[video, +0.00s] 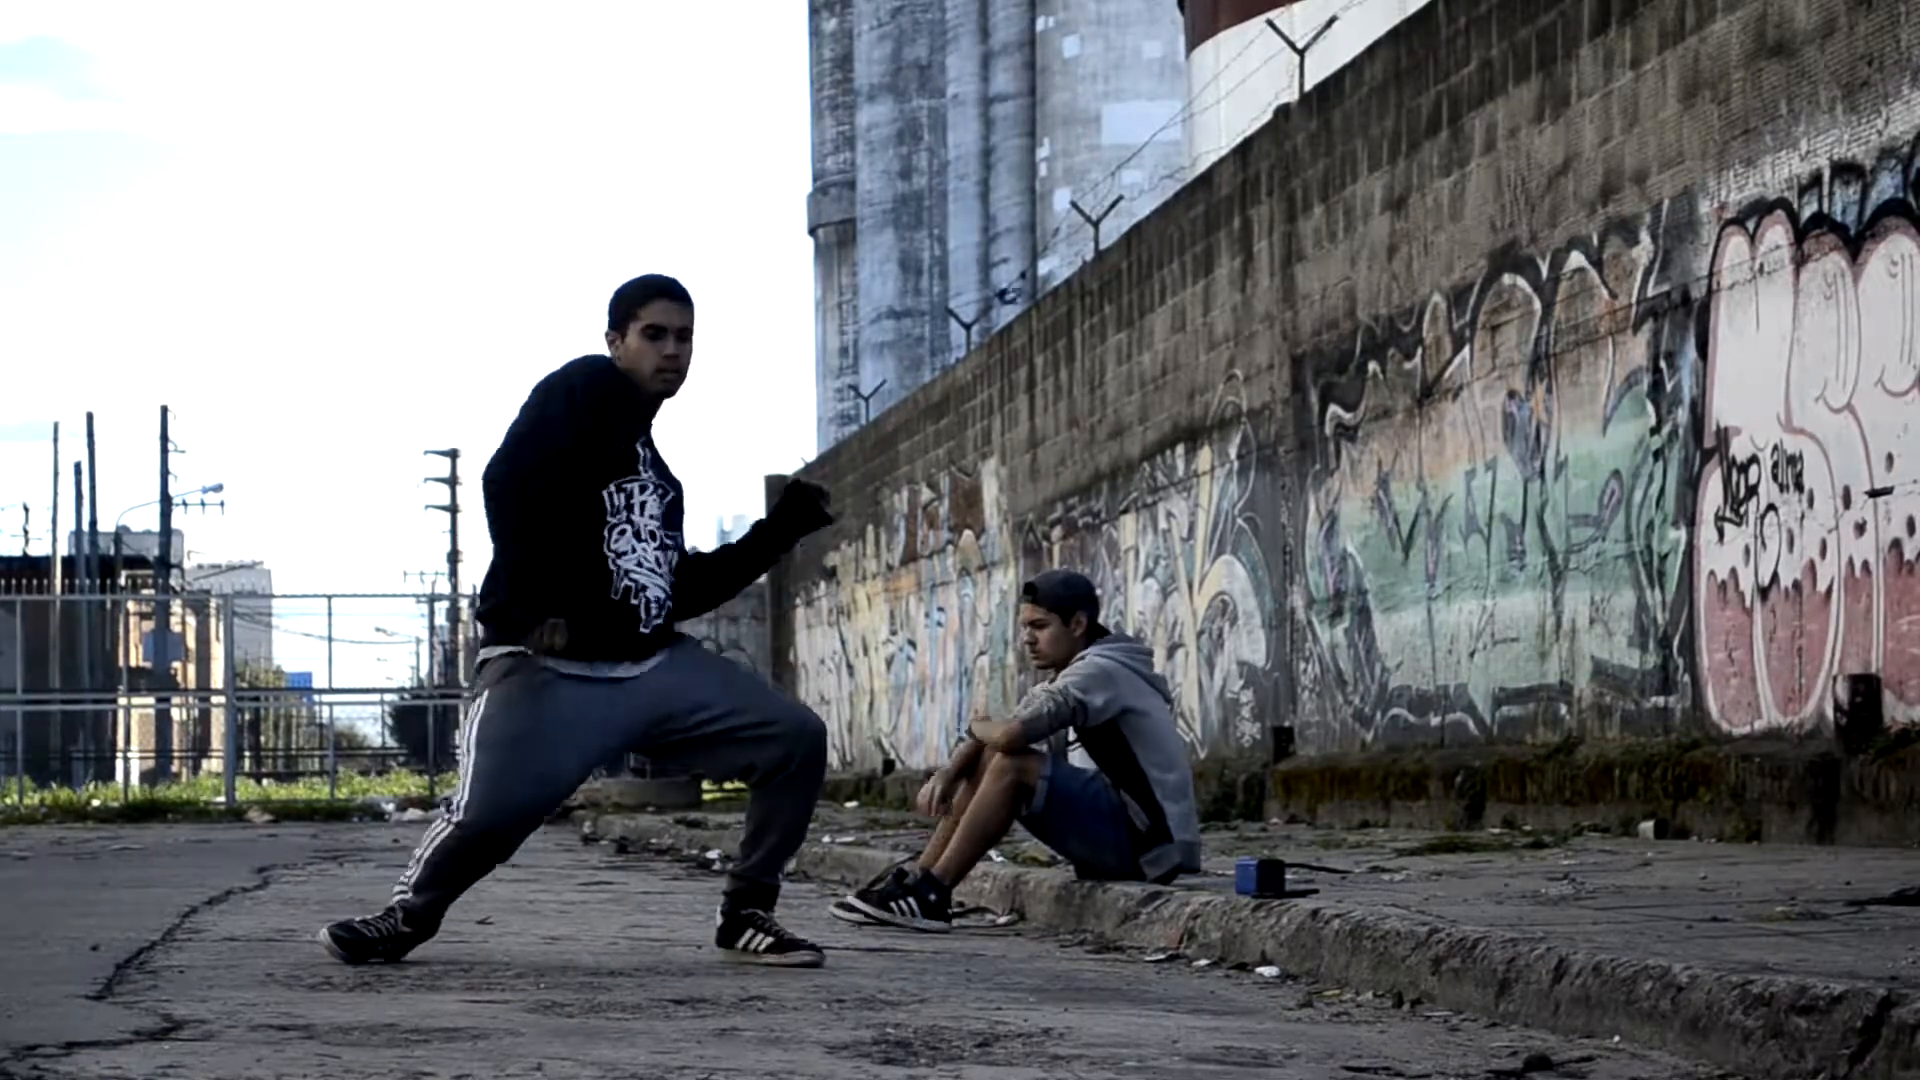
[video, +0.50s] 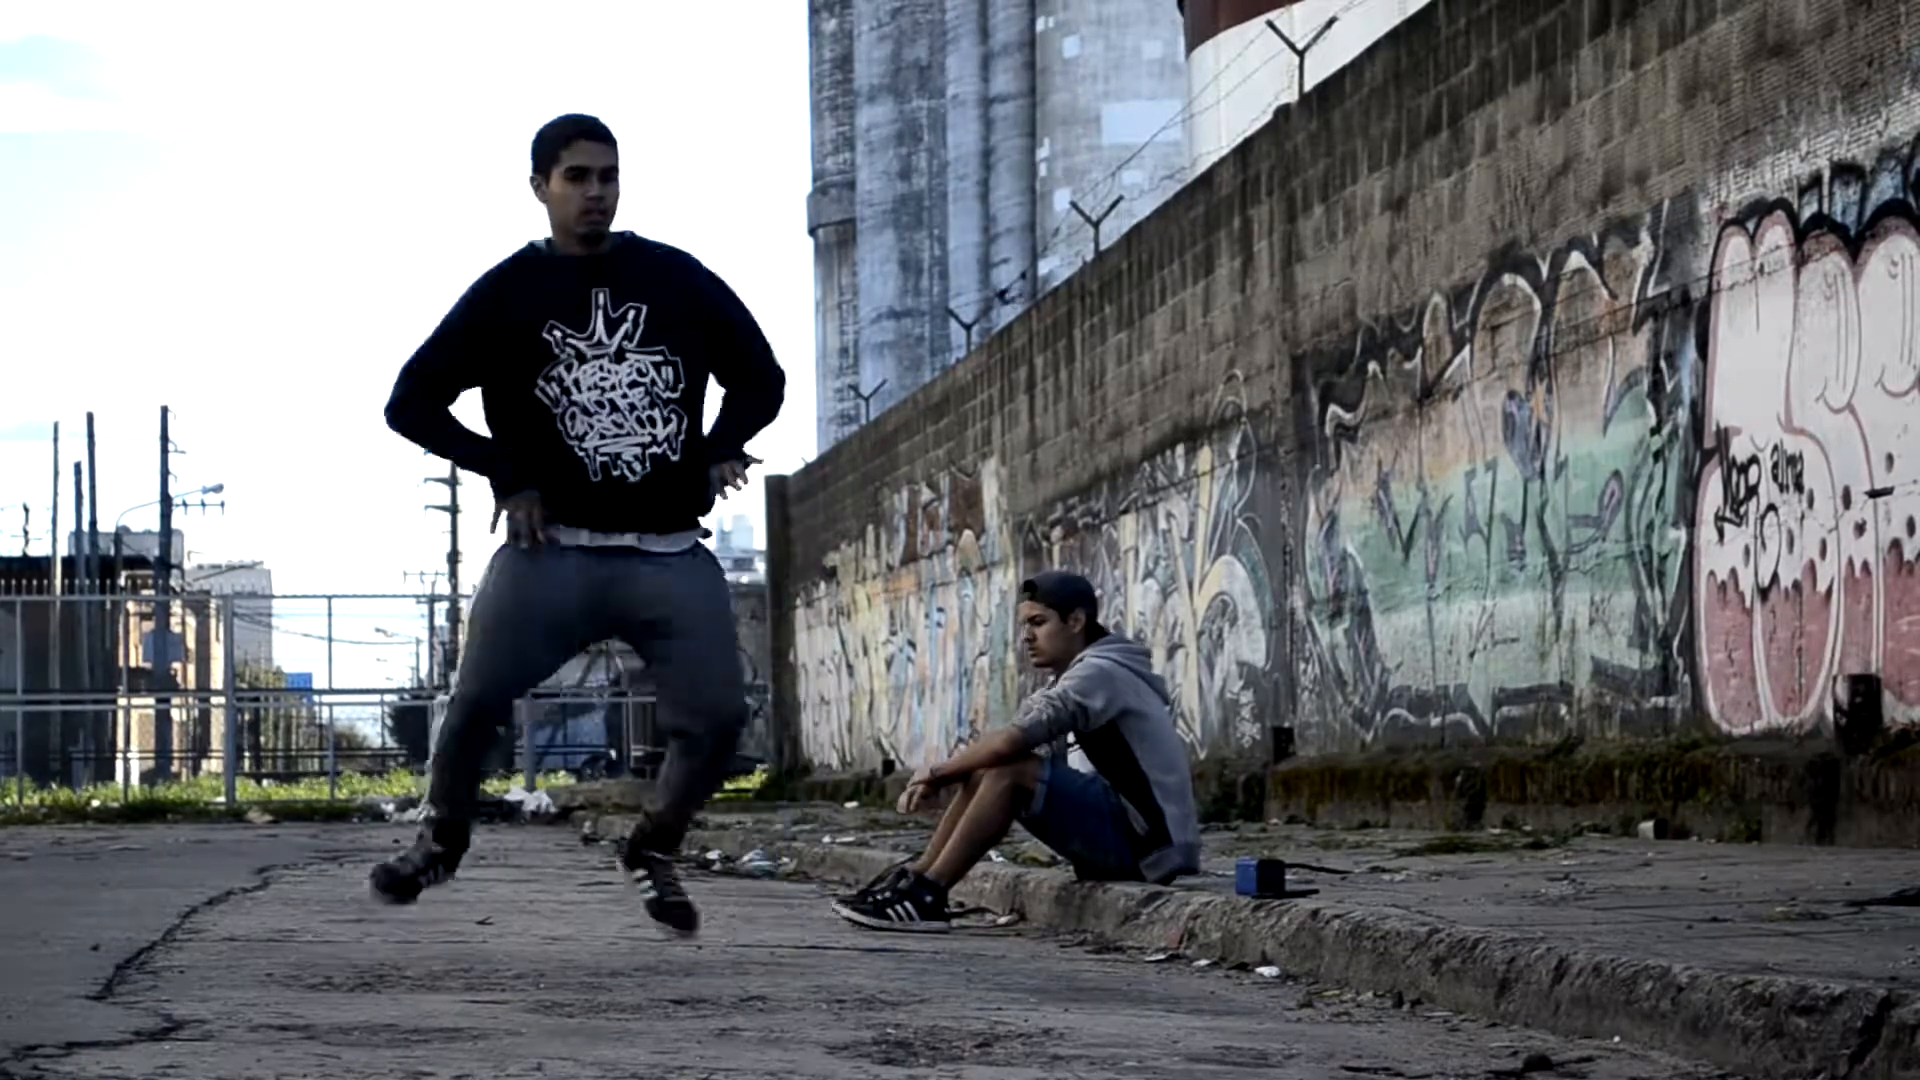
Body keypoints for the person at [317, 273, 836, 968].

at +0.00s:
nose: (674, 351)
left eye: (685, 338)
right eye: (656, 335)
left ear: (693, 349)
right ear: (616, 340)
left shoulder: (659, 480)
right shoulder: (585, 386)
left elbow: (681, 593)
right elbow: (510, 481)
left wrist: (778, 530)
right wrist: (538, 601)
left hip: (658, 664)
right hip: (550, 669)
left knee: (797, 738)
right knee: (489, 816)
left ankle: (747, 916)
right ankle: (406, 920)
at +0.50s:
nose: (597, 192)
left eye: (608, 177)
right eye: (579, 177)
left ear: (620, 185)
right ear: (542, 188)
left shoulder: (681, 283)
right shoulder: (507, 292)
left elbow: (762, 383)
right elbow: (409, 407)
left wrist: (716, 451)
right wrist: (501, 468)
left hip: (670, 557)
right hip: (549, 554)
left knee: (715, 715)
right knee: (475, 696)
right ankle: (442, 837)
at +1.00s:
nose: (666, 222)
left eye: (678, 210)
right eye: (648, 212)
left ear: (697, 225)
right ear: (619, 234)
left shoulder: (754, 300)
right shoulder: (625, 365)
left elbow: (848, 369)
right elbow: (581, 483)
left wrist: (852, 453)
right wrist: (521, 430)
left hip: (801, 580)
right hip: (701, 588)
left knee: (790, 768)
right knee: (718, 728)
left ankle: (698, 843)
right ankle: (790, 907)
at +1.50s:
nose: (834, 284)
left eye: (845, 271)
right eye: (817, 267)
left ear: (852, 281)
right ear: (775, 271)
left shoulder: (851, 383)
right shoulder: (736, 373)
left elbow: (895, 497)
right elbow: (719, 518)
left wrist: (965, 504)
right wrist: (758, 417)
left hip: (965, 579)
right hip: (879, 591)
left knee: (1055, 741)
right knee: (884, 771)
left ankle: (982, 919)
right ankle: (776, 896)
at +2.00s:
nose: (836, 179)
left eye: (851, 164)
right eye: (818, 161)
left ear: (865, 176)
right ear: (785, 171)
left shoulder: (872, 286)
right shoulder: (738, 281)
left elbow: (863, 434)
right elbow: (710, 435)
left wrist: (858, 559)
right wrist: (730, 582)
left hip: (793, 526)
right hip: (727, 516)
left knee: (719, 739)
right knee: (794, 703)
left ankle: (539, 779)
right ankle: (754, 902)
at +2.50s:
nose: (695, 220)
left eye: (699, 207)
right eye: (700, 206)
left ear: (716, 213)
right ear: (780, 229)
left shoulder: (632, 290)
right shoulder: (808, 334)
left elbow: (529, 387)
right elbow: (790, 457)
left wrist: (568, 484)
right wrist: (716, 504)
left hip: (597, 550)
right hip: (711, 566)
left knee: (544, 713)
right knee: (811, 713)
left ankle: (452, 852)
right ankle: (787, 906)